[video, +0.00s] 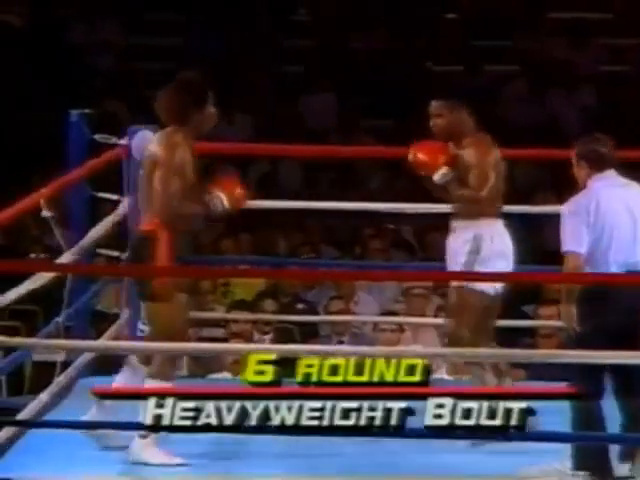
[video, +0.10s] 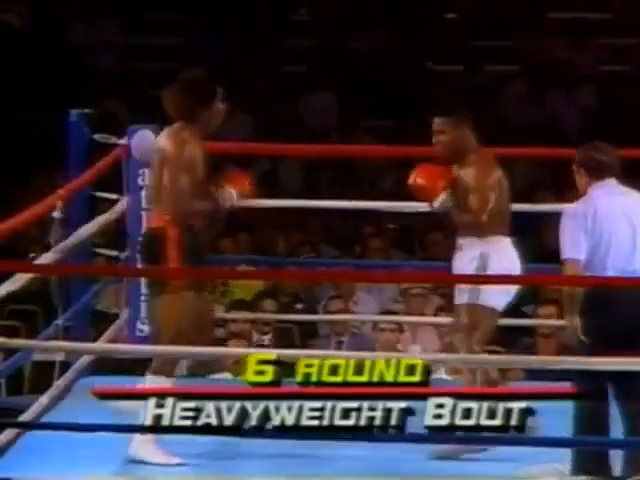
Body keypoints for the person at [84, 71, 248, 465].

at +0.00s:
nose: (215, 113)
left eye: (213, 105)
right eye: (210, 106)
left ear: (179, 109)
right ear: (196, 111)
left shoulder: (165, 142)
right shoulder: (176, 147)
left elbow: (165, 200)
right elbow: (170, 205)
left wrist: (208, 198)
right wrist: (212, 202)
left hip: (153, 239)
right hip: (160, 241)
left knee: (162, 330)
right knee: (172, 339)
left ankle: (113, 399)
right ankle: (148, 438)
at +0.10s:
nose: (224, 109)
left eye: (222, 101)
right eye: (219, 102)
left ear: (187, 104)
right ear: (204, 107)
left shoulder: (172, 138)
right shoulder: (186, 145)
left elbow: (166, 197)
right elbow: (181, 203)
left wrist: (214, 194)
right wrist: (221, 199)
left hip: (172, 235)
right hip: (175, 237)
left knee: (198, 332)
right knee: (175, 338)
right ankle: (145, 436)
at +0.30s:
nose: (243, 106)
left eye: (242, 98)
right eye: (239, 98)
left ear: (210, 99)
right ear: (223, 101)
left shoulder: (202, 132)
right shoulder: (202, 138)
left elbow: (214, 184)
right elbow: (220, 195)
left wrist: (245, 161)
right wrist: (255, 174)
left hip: (204, 231)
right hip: (188, 233)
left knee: (239, 319)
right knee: (181, 327)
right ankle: (152, 432)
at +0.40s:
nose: (252, 117)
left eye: (250, 109)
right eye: (246, 110)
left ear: (219, 113)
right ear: (228, 114)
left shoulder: (209, 145)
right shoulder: (209, 151)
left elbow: (226, 200)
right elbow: (236, 205)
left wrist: (263, 187)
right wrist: (275, 183)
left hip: (220, 245)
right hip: (201, 246)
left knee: (253, 332)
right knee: (181, 338)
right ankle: (151, 434)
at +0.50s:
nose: (275, 122)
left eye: (275, 115)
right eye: (269, 116)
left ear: (251, 121)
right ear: (249, 120)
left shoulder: (255, 149)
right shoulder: (218, 153)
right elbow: (223, 206)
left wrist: (277, 179)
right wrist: (262, 194)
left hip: (248, 240)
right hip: (218, 242)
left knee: (279, 332)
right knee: (206, 331)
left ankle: (299, 417)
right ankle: (153, 430)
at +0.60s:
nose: (291, 122)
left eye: (291, 115)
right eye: (286, 115)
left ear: (265, 120)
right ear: (265, 118)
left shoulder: (263, 147)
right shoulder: (231, 147)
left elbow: (263, 187)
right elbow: (230, 201)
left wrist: (297, 168)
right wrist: (273, 183)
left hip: (254, 234)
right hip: (226, 235)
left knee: (285, 327)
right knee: (228, 329)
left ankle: (295, 415)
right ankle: (172, 416)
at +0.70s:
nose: (306, 114)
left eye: (305, 107)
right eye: (301, 107)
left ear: (281, 109)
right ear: (283, 110)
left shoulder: (278, 137)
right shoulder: (243, 136)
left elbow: (270, 179)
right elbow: (239, 191)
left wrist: (301, 169)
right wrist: (282, 182)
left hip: (259, 222)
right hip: (232, 221)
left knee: (286, 317)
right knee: (233, 321)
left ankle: (278, 400)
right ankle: (187, 401)